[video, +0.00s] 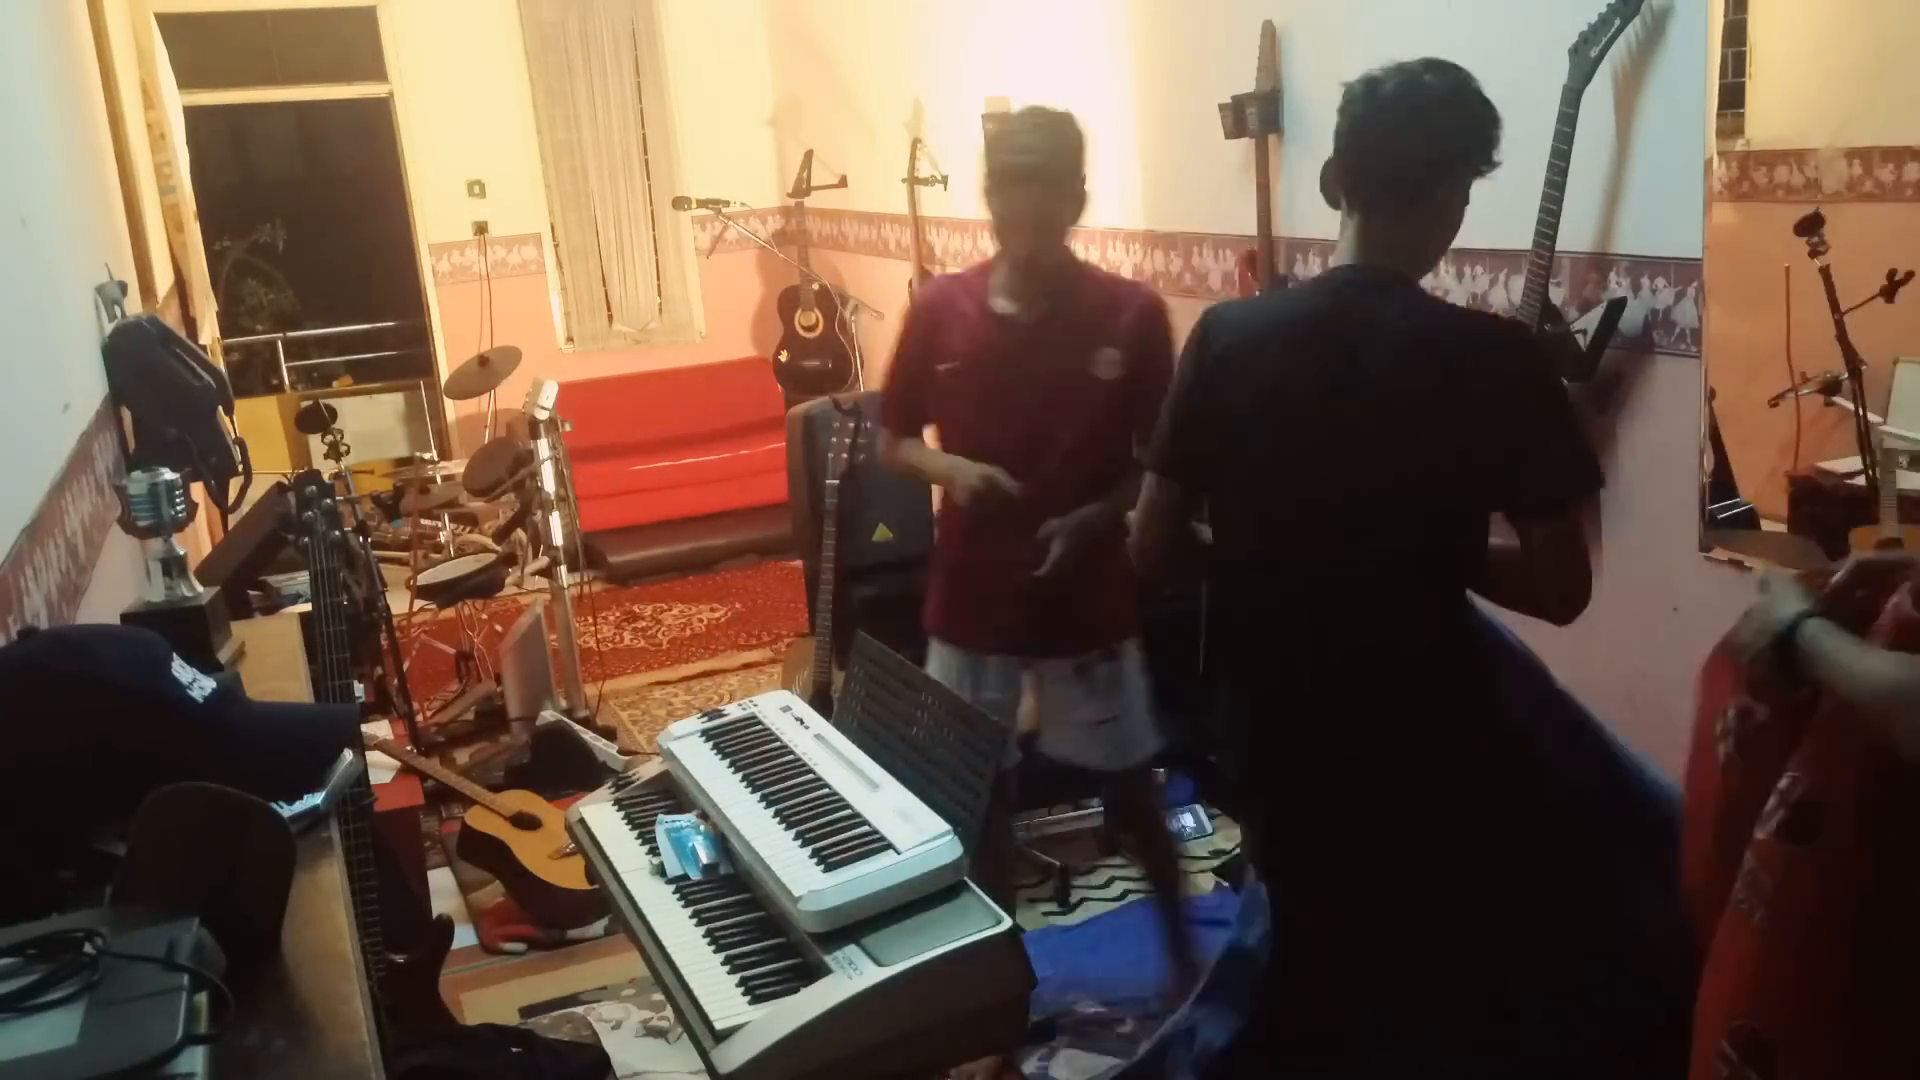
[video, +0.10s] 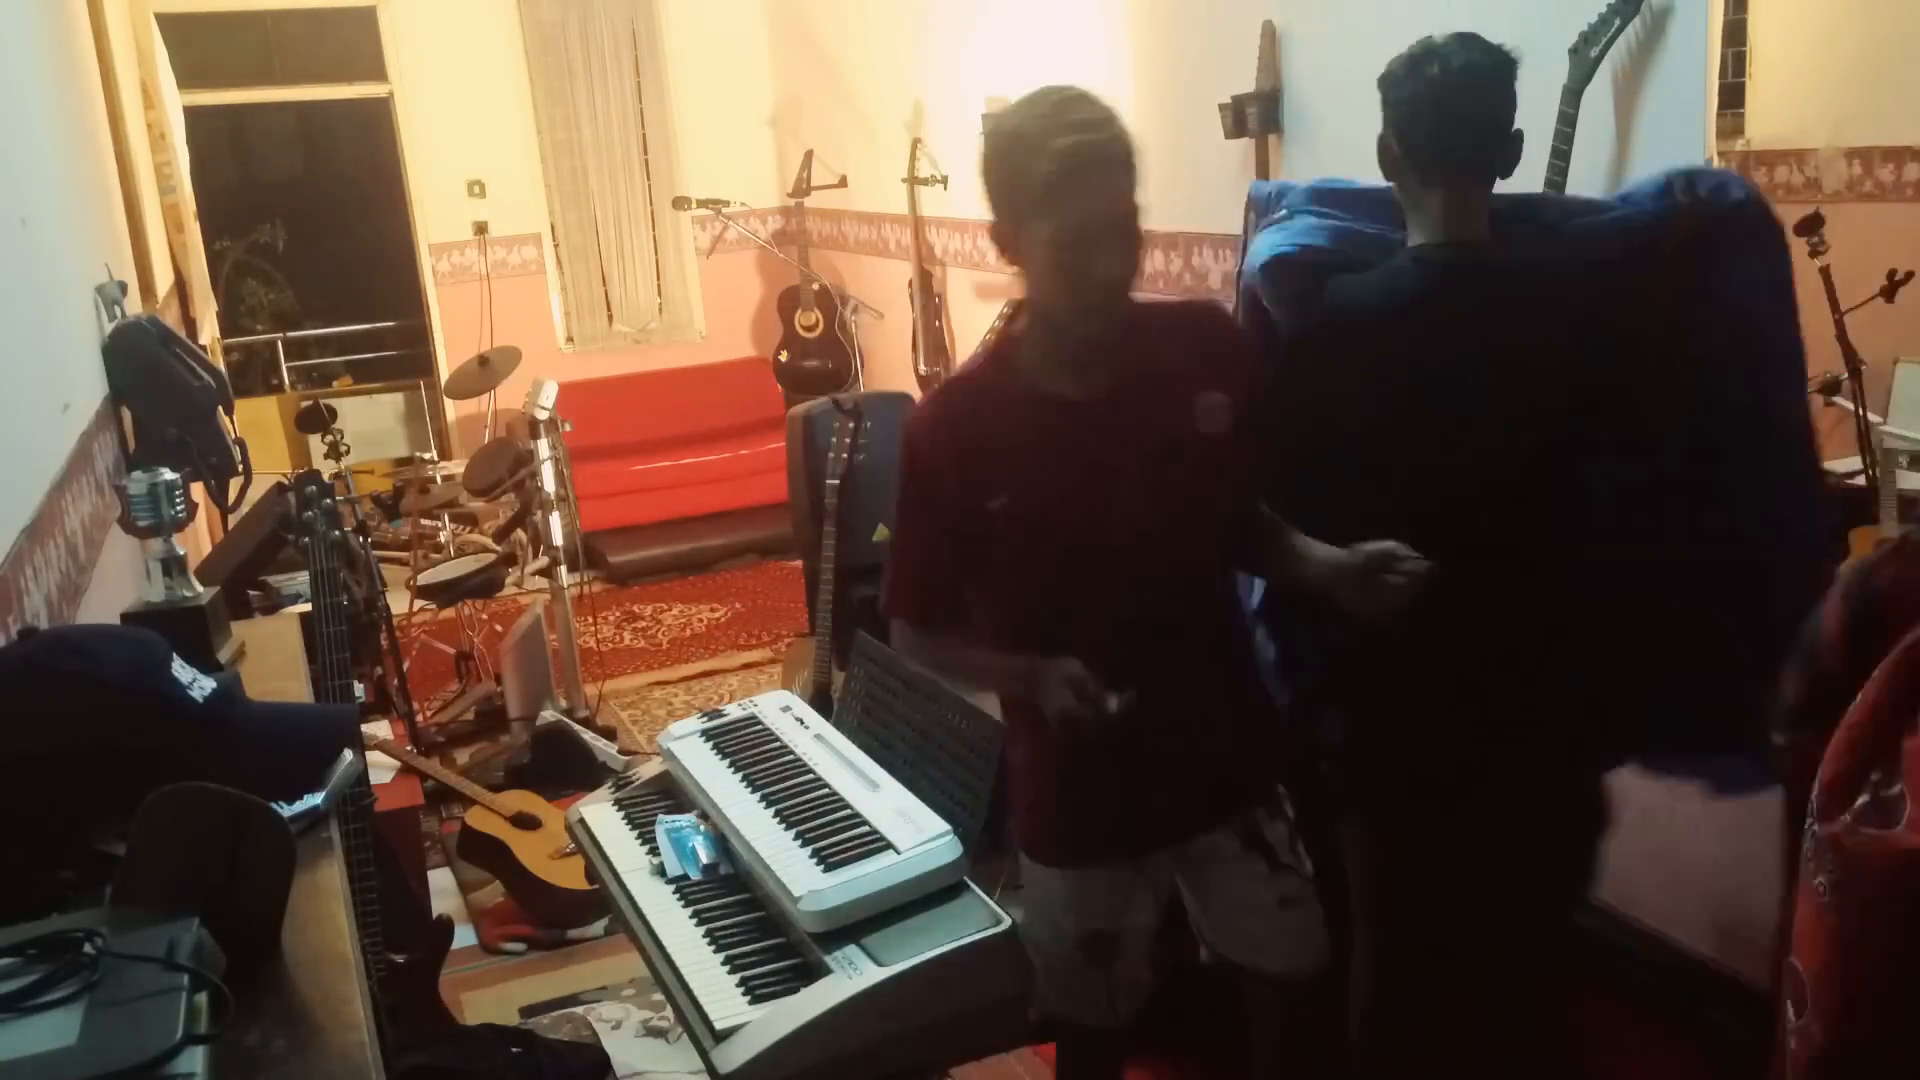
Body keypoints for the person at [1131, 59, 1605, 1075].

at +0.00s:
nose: (1452, 215)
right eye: (1457, 191)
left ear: (1333, 181)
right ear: (1457, 202)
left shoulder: (1228, 338)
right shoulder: (1497, 360)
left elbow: (1152, 545)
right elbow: (1560, 589)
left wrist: (1254, 538)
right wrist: (1436, 545)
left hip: (1268, 717)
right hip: (1429, 725)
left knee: (1309, 955)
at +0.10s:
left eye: (1398, 134)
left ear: (1388, 152)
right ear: (1510, 145)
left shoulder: (1335, 330)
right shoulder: (1585, 309)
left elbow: (1257, 515)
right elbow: (1632, 510)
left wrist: (1326, 567)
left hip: (1387, 710)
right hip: (1545, 700)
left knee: (1397, 979)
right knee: (1530, 969)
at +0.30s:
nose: (1420, 222)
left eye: (1427, 198)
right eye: (1422, 194)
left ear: (1319, 168)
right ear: (1394, 180)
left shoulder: (1209, 294)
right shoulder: (1415, 315)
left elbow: (1132, 461)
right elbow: (1411, 515)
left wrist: (1237, 476)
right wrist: (1476, 544)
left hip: (1248, 656)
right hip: (1376, 663)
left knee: (1262, 896)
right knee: (1386, 906)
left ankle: (1265, 1064)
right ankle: (1387, 1063)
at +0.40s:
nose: (1230, 159)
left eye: (1235, 141)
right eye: (1340, 143)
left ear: (1242, 164)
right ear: (1347, 164)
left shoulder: (1189, 308)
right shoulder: (1398, 303)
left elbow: (1139, 490)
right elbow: (1438, 473)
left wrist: (1239, 515)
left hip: (1249, 631)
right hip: (1375, 626)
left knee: (1265, 867)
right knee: (1387, 863)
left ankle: (1265, 1054)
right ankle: (1391, 1047)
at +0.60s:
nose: (1339, 322)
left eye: (1363, 283)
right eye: (1311, 278)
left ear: (1386, 263)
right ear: (1212, 236)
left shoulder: (1360, 423)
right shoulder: (1067, 470)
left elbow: (1386, 663)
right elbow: (1012, 751)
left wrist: (1511, 780)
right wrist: (1228, 719)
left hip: (1399, 967)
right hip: (1202, 1008)